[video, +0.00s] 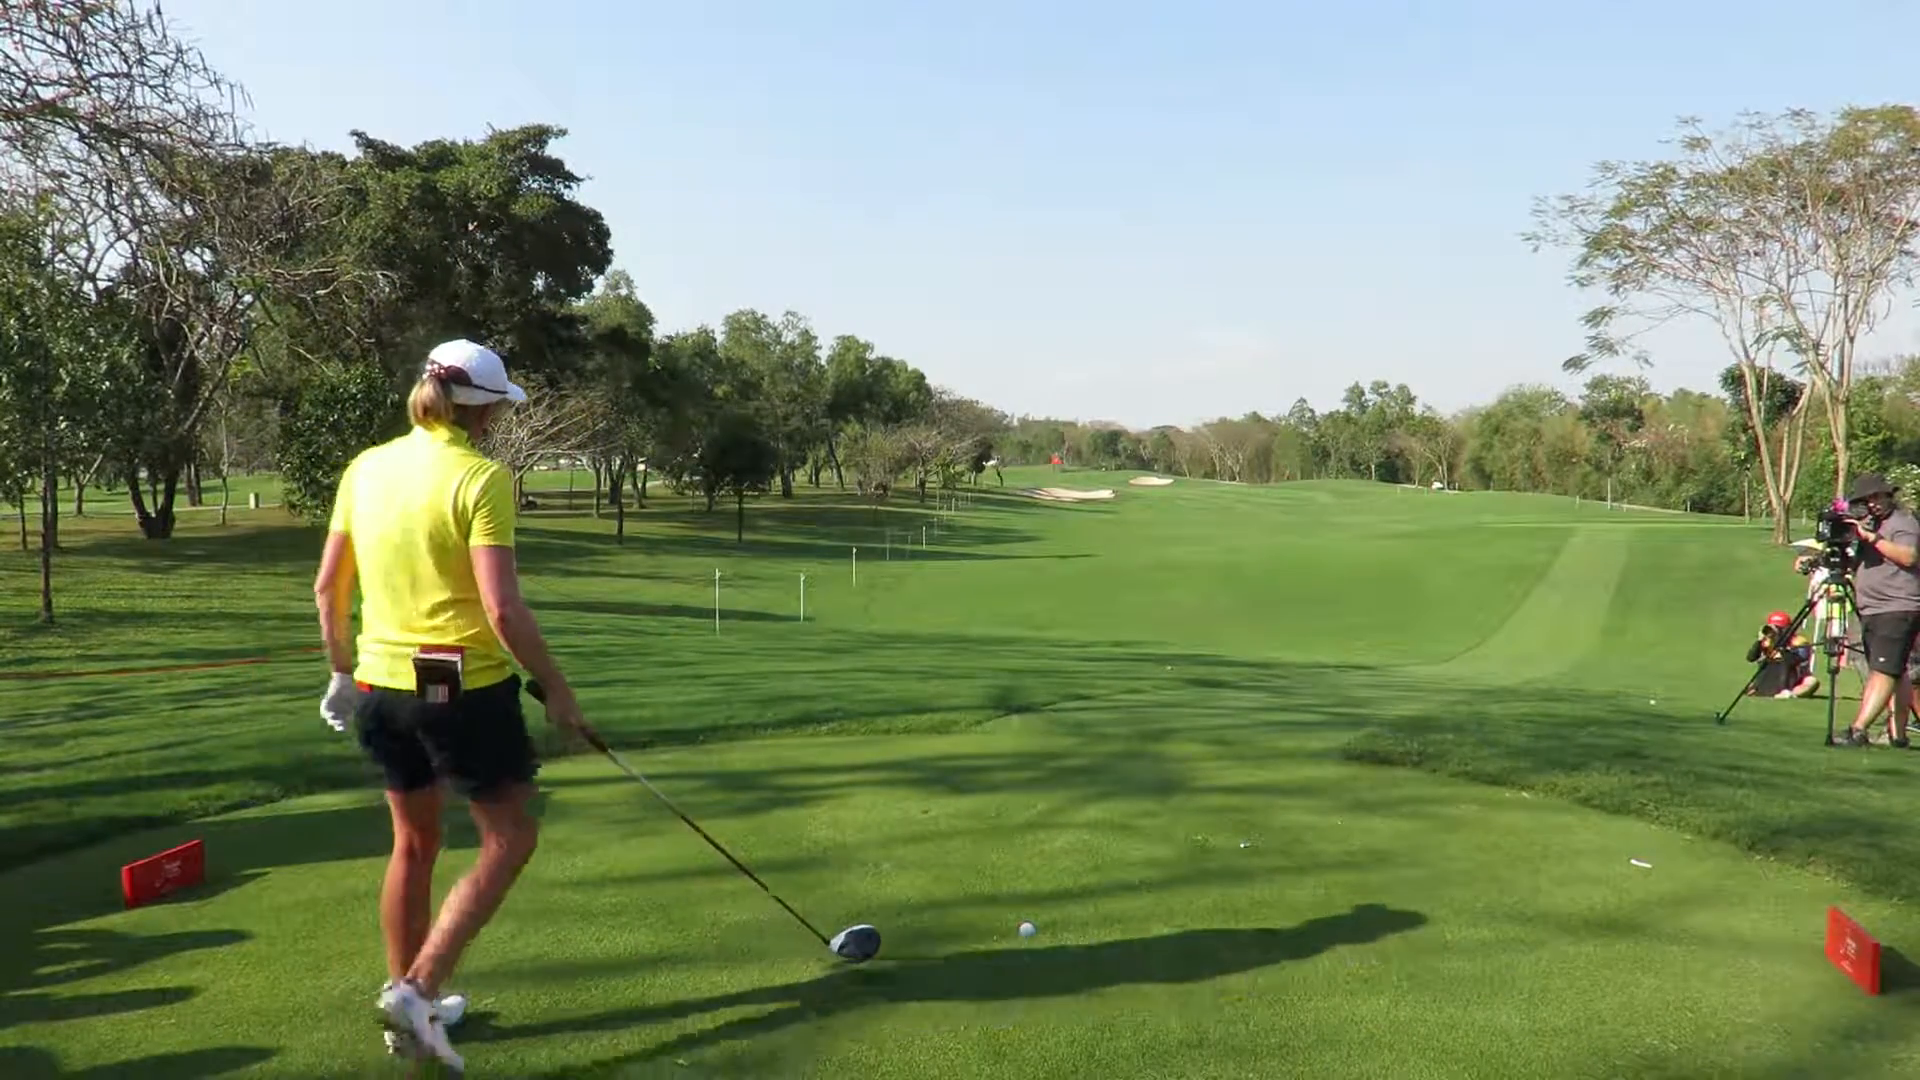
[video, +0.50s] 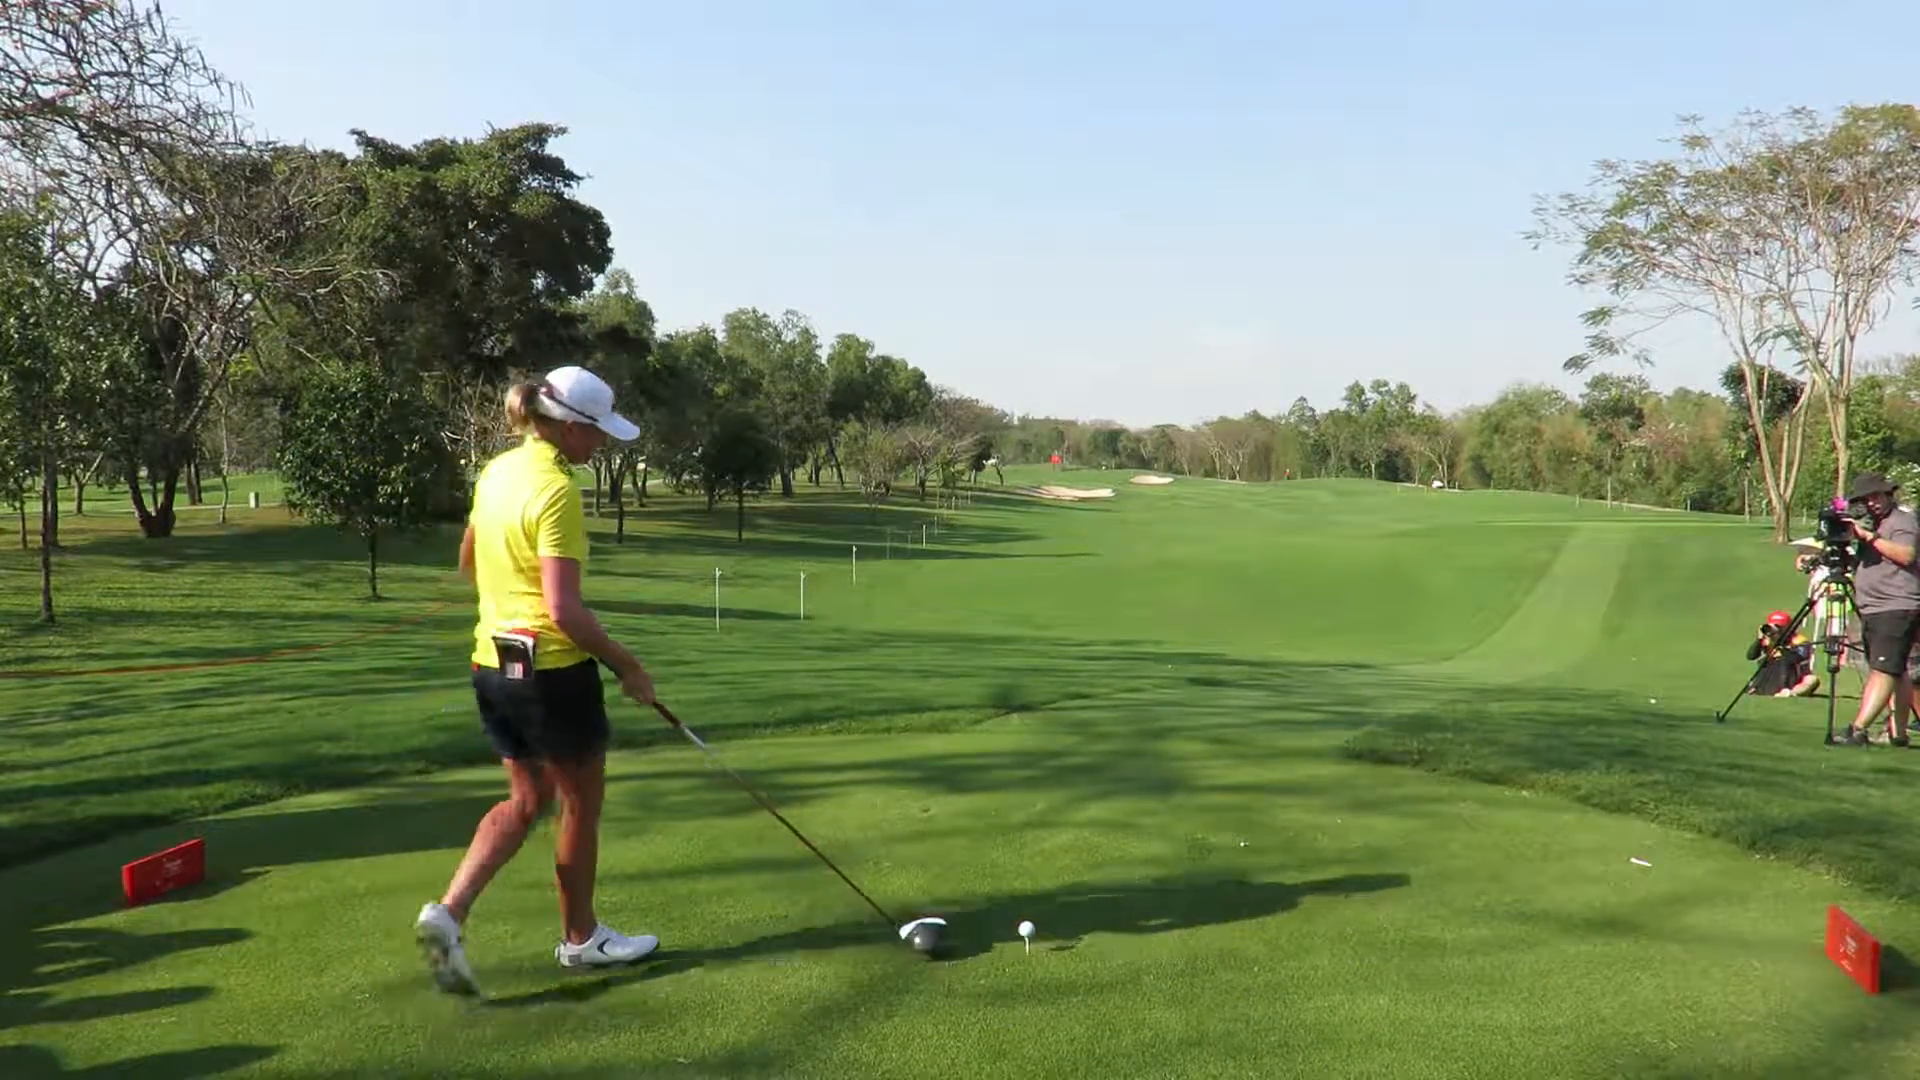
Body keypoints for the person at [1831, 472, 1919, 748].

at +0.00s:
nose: (1873, 505)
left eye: (1877, 499)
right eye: (1867, 501)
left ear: (1889, 497)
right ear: (1863, 505)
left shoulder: (1902, 522)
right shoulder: (1870, 526)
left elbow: (1909, 557)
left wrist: (1872, 538)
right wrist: (1844, 536)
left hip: (1898, 608)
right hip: (1873, 609)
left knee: (1883, 669)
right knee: (1893, 673)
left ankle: (1858, 728)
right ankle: (1898, 734)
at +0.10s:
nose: (1871, 506)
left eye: (1875, 499)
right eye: (1866, 502)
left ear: (1887, 497)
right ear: (1863, 505)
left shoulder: (1902, 522)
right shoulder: (1871, 526)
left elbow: (1908, 557)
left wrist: (1871, 538)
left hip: (1898, 607)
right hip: (1873, 608)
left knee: (1883, 669)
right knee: (1893, 673)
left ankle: (1858, 728)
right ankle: (1898, 733)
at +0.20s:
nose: (1872, 506)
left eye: (1876, 499)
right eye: (1867, 501)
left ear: (1889, 497)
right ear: (1862, 504)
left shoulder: (1902, 521)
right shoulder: (1873, 526)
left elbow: (1908, 556)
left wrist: (1871, 538)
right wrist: (1845, 536)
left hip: (1897, 607)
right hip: (1873, 607)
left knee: (1883, 669)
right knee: (1895, 673)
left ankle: (1858, 728)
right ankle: (1898, 732)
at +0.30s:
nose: (1872, 505)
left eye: (1876, 499)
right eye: (1867, 501)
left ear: (1889, 496)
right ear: (1862, 504)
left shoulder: (1902, 521)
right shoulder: (1872, 526)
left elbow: (1908, 556)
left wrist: (1872, 538)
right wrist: (1845, 536)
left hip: (1897, 607)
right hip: (1873, 607)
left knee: (1883, 669)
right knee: (1894, 673)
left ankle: (1858, 728)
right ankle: (1898, 732)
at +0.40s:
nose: (1871, 505)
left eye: (1876, 499)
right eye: (1866, 501)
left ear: (1888, 496)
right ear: (1863, 503)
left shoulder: (1902, 521)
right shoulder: (1873, 525)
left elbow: (1907, 556)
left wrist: (1870, 538)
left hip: (1897, 607)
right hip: (1874, 607)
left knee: (1883, 668)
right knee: (1894, 672)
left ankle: (1858, 728)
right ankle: (1898, 732)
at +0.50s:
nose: (1871, 505)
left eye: (1875, 498)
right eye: (1866, 501)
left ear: (1889, 496)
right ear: (1863, 503)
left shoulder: (1902, 521)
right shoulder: (1873, 525)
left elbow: (1906, 556)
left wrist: (1870, 538)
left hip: (1897, 606)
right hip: (1874, 607)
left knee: (1884, 668)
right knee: (1894, 672)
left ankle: (1858, 727)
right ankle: (1898, 731)